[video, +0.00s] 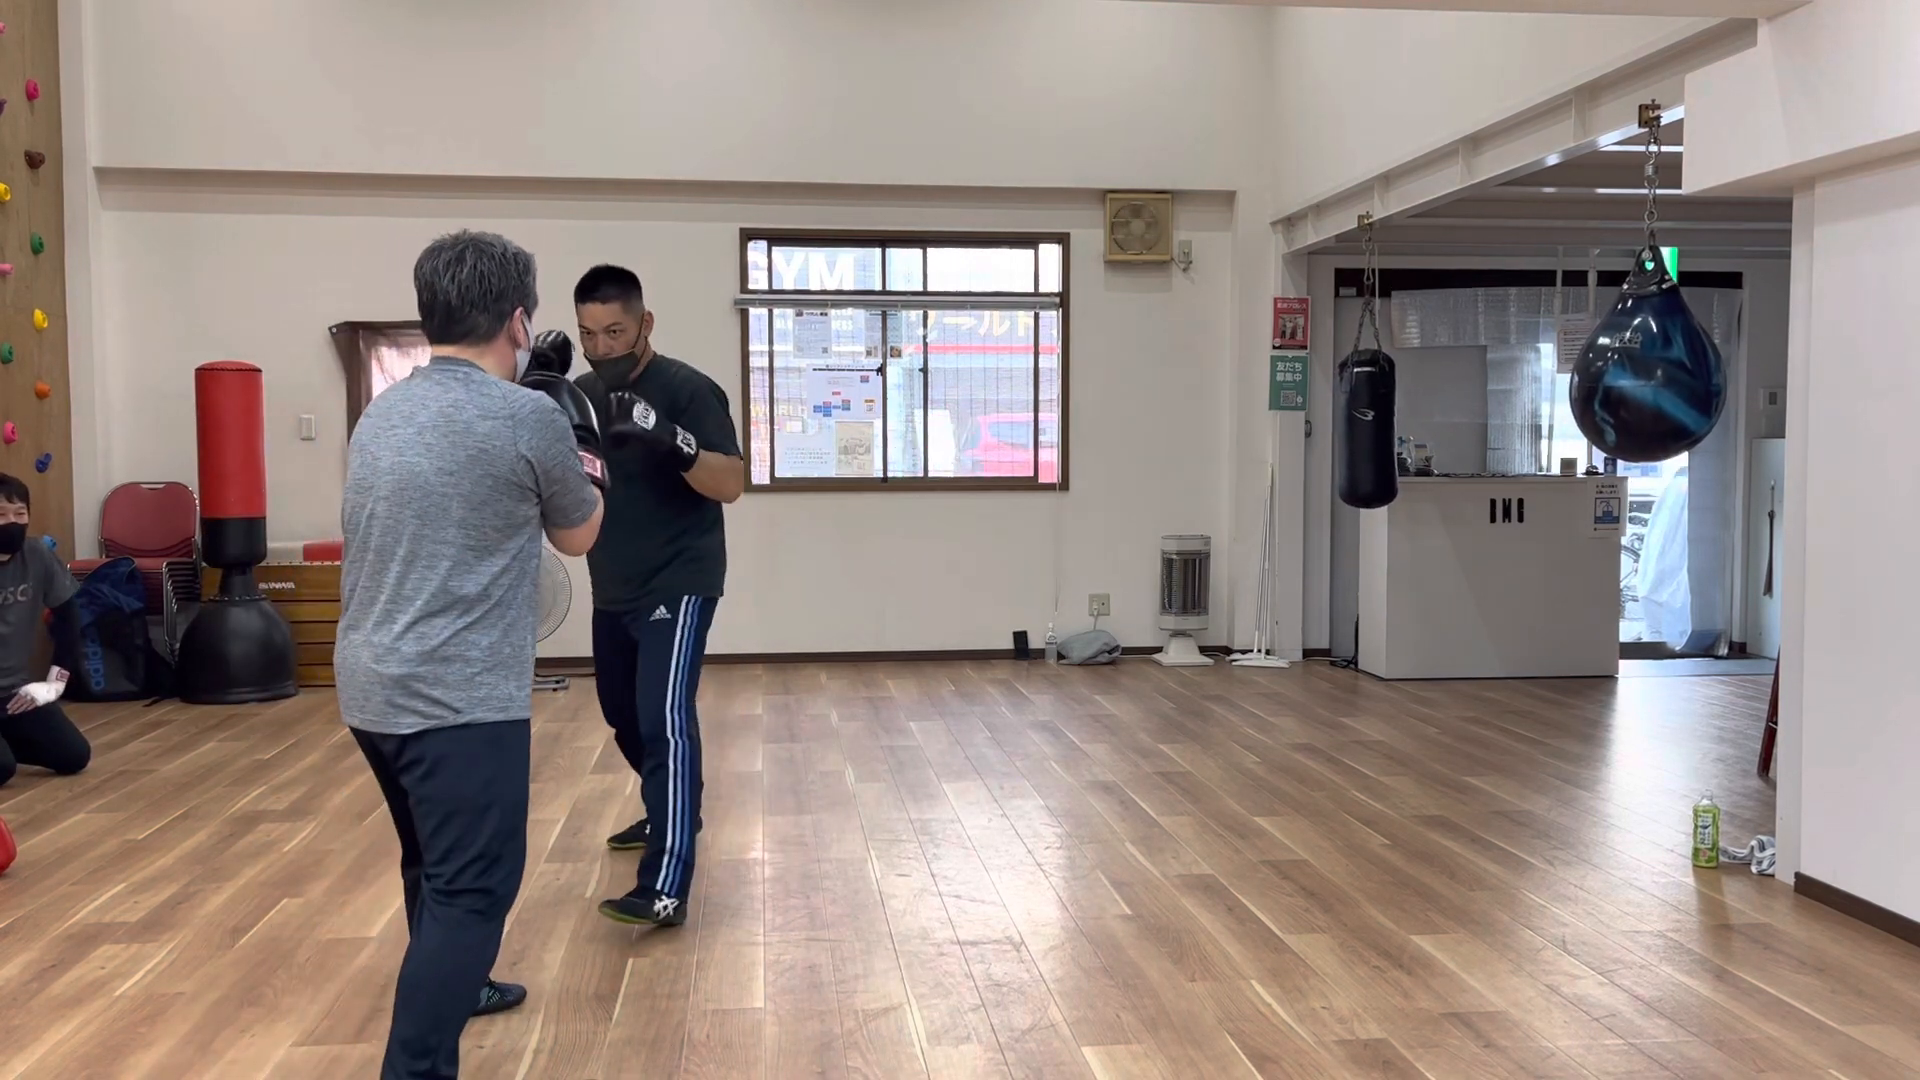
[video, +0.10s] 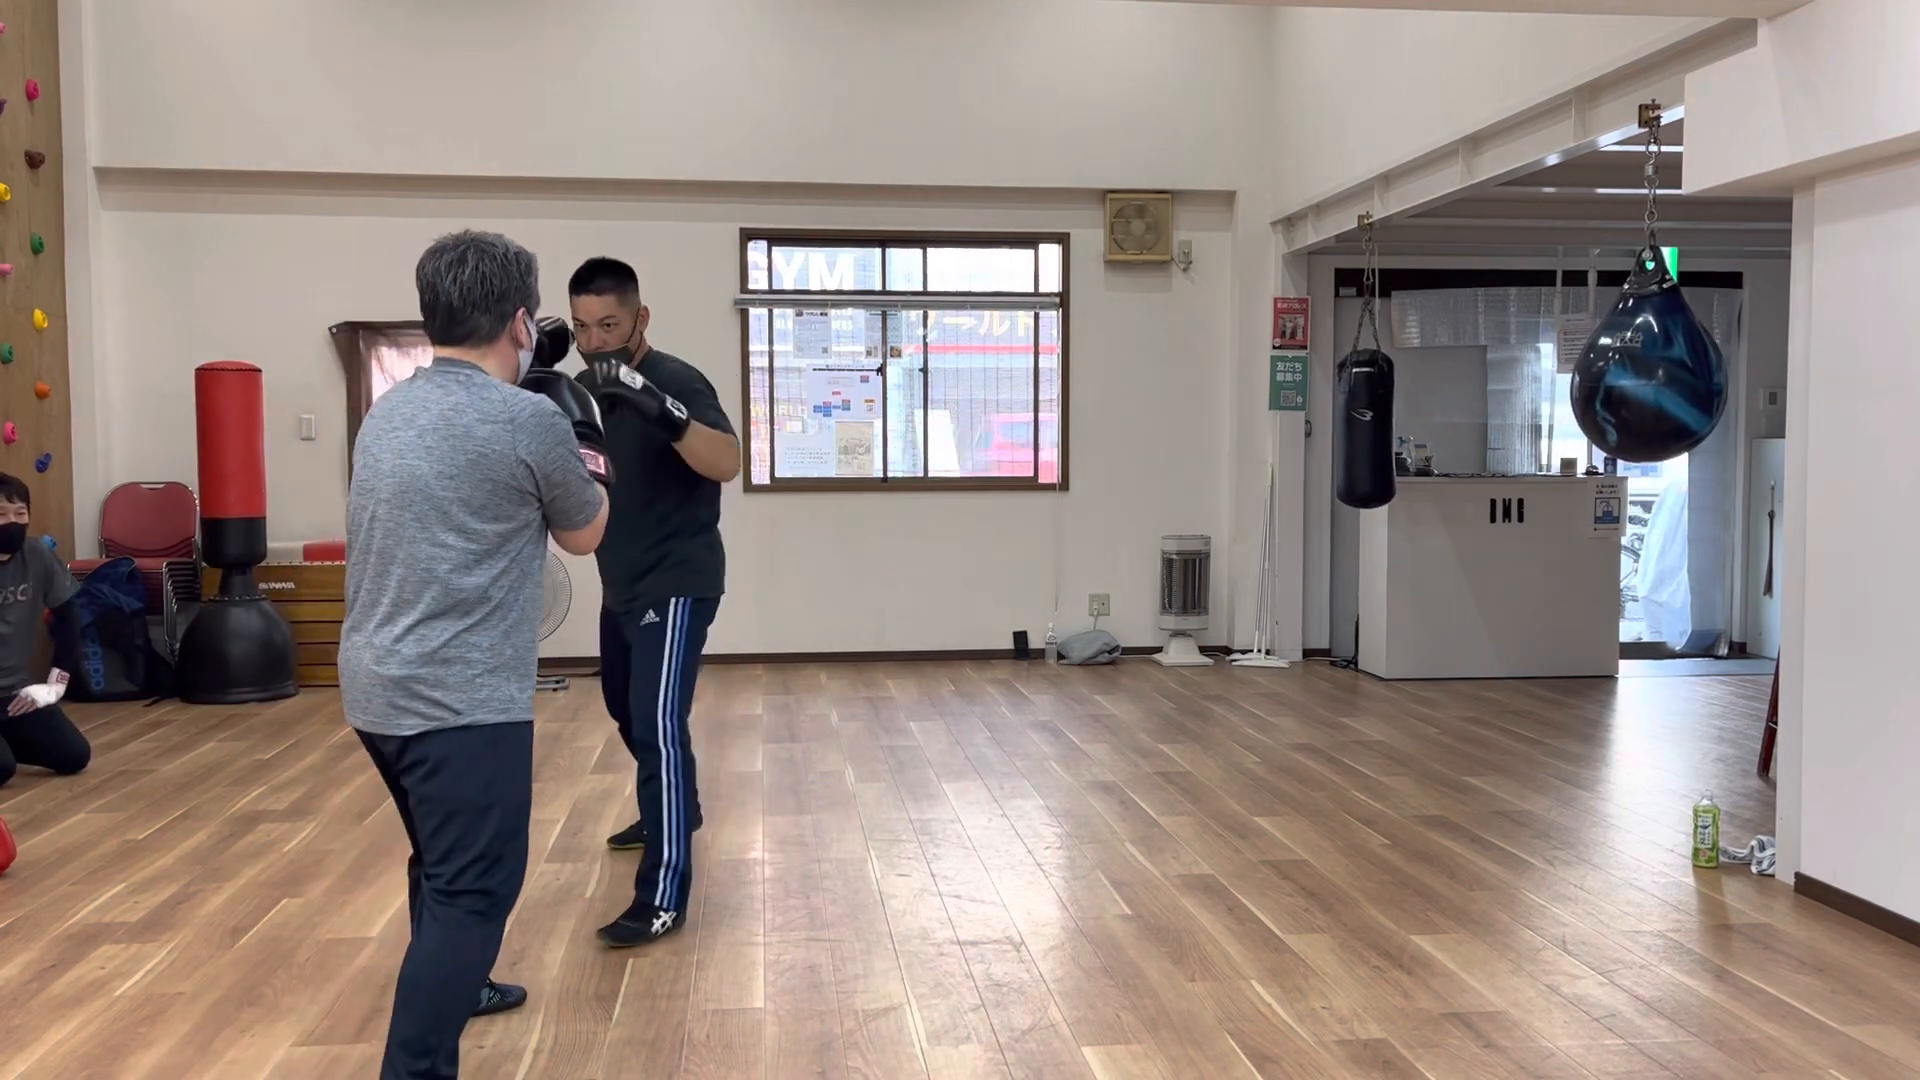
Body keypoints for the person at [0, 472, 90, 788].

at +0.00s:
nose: (12, 522)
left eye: (19, 513)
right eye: (2, 514)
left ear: (29, 516)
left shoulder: (35, 555)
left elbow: (67, 612)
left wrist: (55, 681)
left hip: (16, 693)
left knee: (74, 756)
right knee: (2, 767)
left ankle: (2, 742)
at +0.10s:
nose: (12, 522)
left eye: (19, 513)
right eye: (2, 514)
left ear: (29, 516)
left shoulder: (36, 556)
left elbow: (67, 613)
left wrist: (56, 683)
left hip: (16, 693)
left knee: (74, 756)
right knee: (2, 767)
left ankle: (2, 742)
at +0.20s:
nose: (12, 522)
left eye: (19, 513)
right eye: (3, 514)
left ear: (29, 516)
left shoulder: (36, 555)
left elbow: (67, 612)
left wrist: (55, 682)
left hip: (16, 693)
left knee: (74, 756)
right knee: (4, 768)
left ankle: (3, 742)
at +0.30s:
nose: (12, 523)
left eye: (19, 514)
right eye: (2, 516)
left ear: (29, 517)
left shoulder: (36, 555)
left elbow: (67, 612)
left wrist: (53, 683)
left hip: (15, 693)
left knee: (74, 756)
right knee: (4, 768)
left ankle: (3, 742)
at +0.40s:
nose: (12, 525)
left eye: (20, 516)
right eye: (2, 517)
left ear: (30, 519)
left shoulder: (37, 555)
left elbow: (67, 615)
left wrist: (49, 683)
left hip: (15, 693)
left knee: (74, 756)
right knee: (2, 767)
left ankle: (2, 742)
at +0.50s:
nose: (14, 527)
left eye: (22, 518)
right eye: (4, 519)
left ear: (32, 520)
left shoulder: (37, 554)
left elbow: (67, 612)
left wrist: (54, 683)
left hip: (15, 693)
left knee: (74, 756)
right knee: (4, 768)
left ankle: (3, 742)